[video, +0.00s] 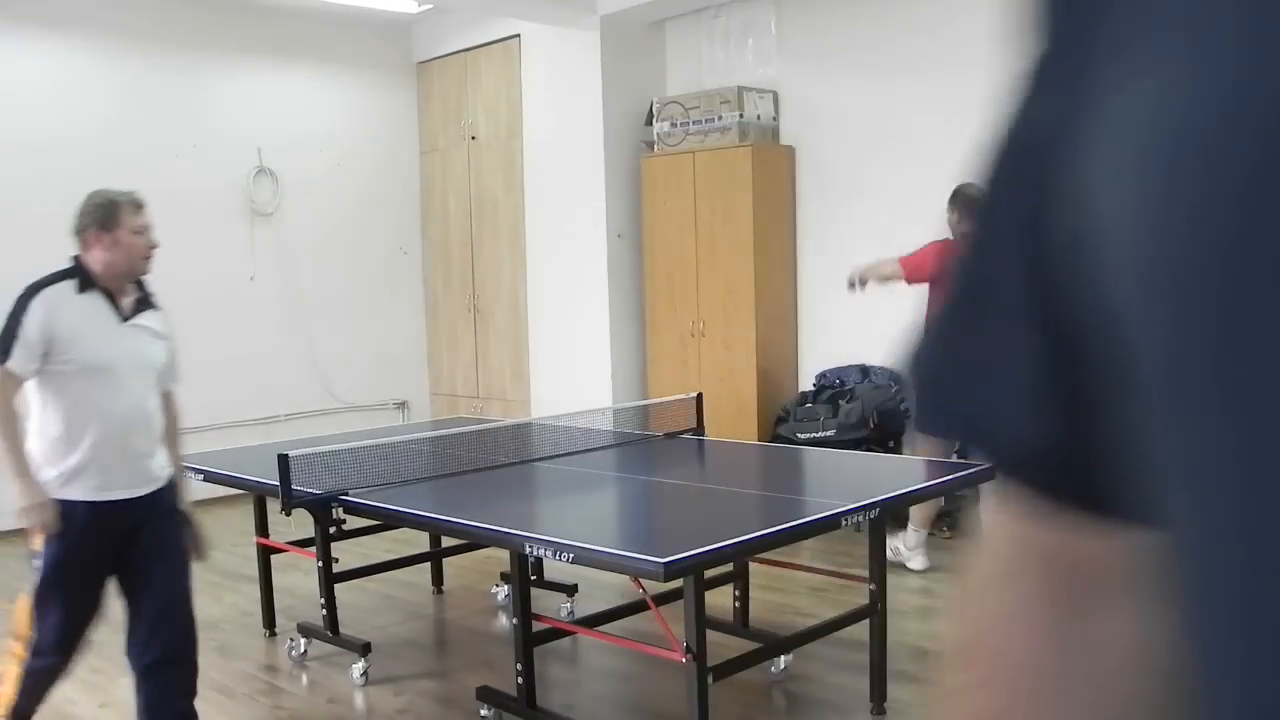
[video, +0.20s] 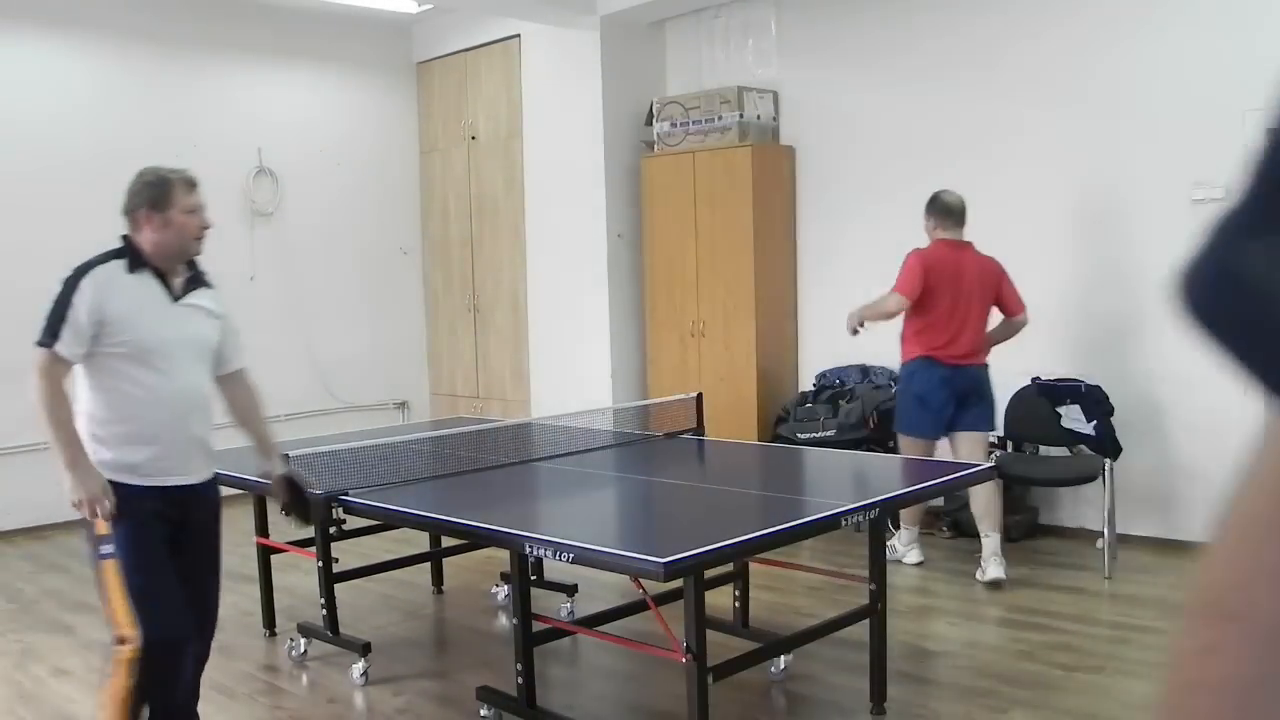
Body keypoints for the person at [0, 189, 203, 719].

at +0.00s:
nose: (153, 244)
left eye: (151, 233)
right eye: (140, 233)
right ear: (96, 240)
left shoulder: (152, 314)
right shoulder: (44, 303)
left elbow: (167, 409)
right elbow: (3, 394)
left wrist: (178, 498)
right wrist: (29, 491)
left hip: (153, 505)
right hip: (77, 511)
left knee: (169, 653)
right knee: (52, 647)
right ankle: (17, 710)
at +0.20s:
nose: (205, 223)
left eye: (203, 212)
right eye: (193, 213)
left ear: (161, 221)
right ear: (147, 221)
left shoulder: (203, 293)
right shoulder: (95, 281)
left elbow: (234, 377)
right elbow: (48, 372)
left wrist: (271, 455)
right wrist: (79, 470)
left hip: (196, 489)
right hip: (123, 491)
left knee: (195, 635)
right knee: (155, 637)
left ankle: (175, 713)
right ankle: (126, 709)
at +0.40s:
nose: (263, 227)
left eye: (261, 216)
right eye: (250, 217)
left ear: (215, 226)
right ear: (202, 226)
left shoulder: (261, 301)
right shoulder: (149, 292)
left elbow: (297, 384)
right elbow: (93, 391)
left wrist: (348, 450)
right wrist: (91, 501)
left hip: (246, 500)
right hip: (173, 505)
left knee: (207, 649)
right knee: (228, 662)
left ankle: (180, 713)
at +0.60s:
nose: (318, 220)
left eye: (314, 208)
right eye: (304, 209)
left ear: (267, 220)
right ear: (256, 218)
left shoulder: (314, 296)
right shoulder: (200, 300)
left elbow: (336, 386)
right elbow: (145, 410)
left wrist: (374, 457)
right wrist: (120, 518)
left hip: (319, 507)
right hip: (246, 511)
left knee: (302, 661)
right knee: (308, 681)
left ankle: (215, 715)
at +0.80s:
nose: (377, 203)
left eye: (373, 190)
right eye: (363, 191)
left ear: (323, 199)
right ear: (313, 199)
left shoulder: (366, 278)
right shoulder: (258, 280)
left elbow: (383, 374)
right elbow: (216, 401)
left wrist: (415, 442)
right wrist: (227, 521)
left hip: (384, 503)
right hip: (302, 515)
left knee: (430, 642)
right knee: (320, 687)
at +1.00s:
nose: (449, 205)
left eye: (445, 192)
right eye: (434, 192)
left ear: (396, 203)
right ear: (385, 201)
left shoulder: (439, 290)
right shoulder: (328, 283)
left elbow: (441, 392)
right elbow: (308, 406)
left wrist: (493, 434)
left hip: (445, 530)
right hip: (361, 536)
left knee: (488, 692)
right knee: (351, 701)